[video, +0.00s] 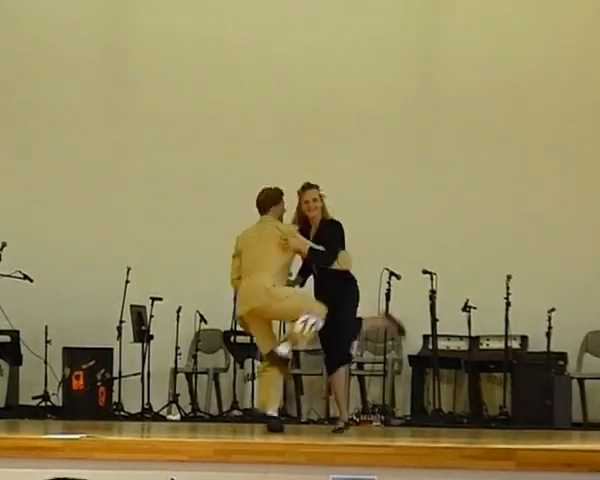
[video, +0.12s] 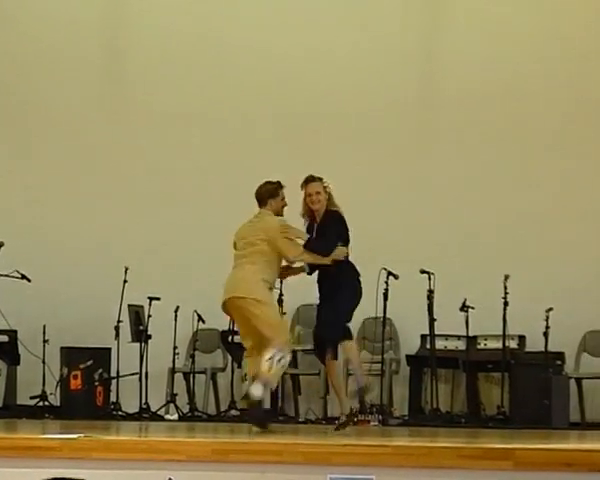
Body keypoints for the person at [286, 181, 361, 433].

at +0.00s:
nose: (312, 205)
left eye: (315, 200)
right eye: (307, 202)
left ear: (322, 201)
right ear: (301, 206)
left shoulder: (333, 227)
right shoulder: (304, 230)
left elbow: (328, 258)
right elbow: (309, 263)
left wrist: (303, 245)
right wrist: (296, 283)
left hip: (344, 289)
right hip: (323, 291)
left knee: (338, 348)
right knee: (330, 351)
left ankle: (345, 414)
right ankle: (342, 414)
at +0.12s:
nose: (314, 198)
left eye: (318, 193)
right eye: (309, 195)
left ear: (327, 194)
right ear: (305, 199)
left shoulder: (334, 218)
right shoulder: (312, 224)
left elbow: (325, 249)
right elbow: (315, 261)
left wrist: (296, 255)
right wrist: (293, 272)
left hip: (346, 280)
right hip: (327, 284)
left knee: (336, 323)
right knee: (324, 345)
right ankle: (345, 408)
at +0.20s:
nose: (317, 202)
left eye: (320, 196)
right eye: (312, 198)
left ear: (330, 197)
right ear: (308, 203)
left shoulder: (336, 222)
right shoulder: (316, 229)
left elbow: (325, 250)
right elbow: (313, 262)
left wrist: (300, 244)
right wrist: (315, 256)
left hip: (347, 286)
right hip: (330, 289)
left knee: (339, 333)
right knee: (330, 348)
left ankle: (326, 384)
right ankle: (347, 416)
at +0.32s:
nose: (313, 203)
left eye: (317, 198)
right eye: (312, 199)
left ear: (330, 198)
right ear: (314, 200)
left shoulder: (337, 222)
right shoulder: (329, 225)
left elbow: (318, 243)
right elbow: (323, 260)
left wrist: (288, 246)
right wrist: (297, 253)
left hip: (350, 292)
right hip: (347, 292)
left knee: (321, 335)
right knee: (331, 353)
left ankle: (317, 392)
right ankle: (345, 411)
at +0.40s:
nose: (315, 206)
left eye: (317, 201)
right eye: (314, 201)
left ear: (331, 199)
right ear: (326, 201)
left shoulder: (333, 223)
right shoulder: (339, 225)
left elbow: (306, 244)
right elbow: (337, 265)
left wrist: (277, 250)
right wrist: (303, 263)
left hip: (347, 292)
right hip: (355, 292)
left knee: (315, 341)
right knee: (333, 349)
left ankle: (323, 398)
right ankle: (340, 406)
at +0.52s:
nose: (319, 215)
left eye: (321, 210)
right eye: (319, 210)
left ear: (334, 209)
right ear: (336, 211)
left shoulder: (332, 234)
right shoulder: (347, 236)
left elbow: (306, 258)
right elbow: (334, 276)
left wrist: (275, 275)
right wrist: (299, 283)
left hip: (344, 302)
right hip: (357, 302)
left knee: (314, 352)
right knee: (332, 357)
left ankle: (322, 414)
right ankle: (335, 418)